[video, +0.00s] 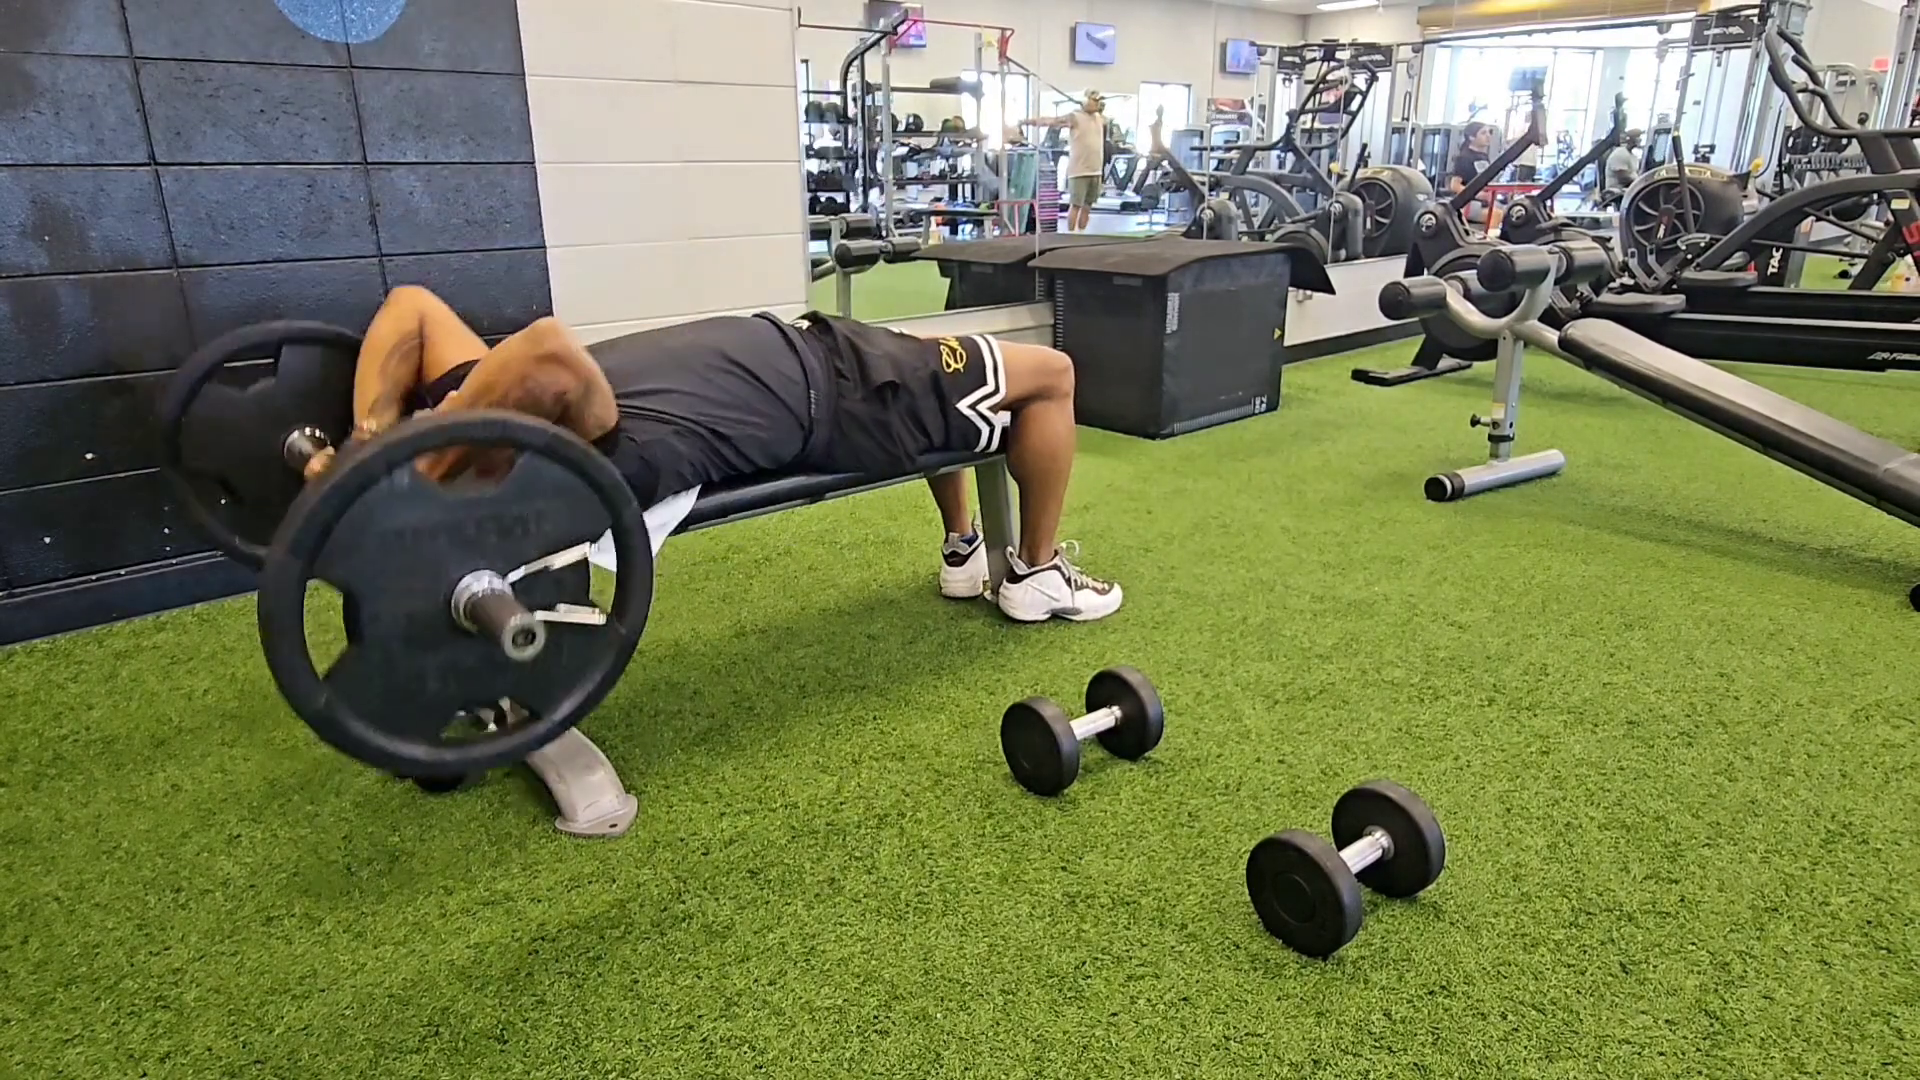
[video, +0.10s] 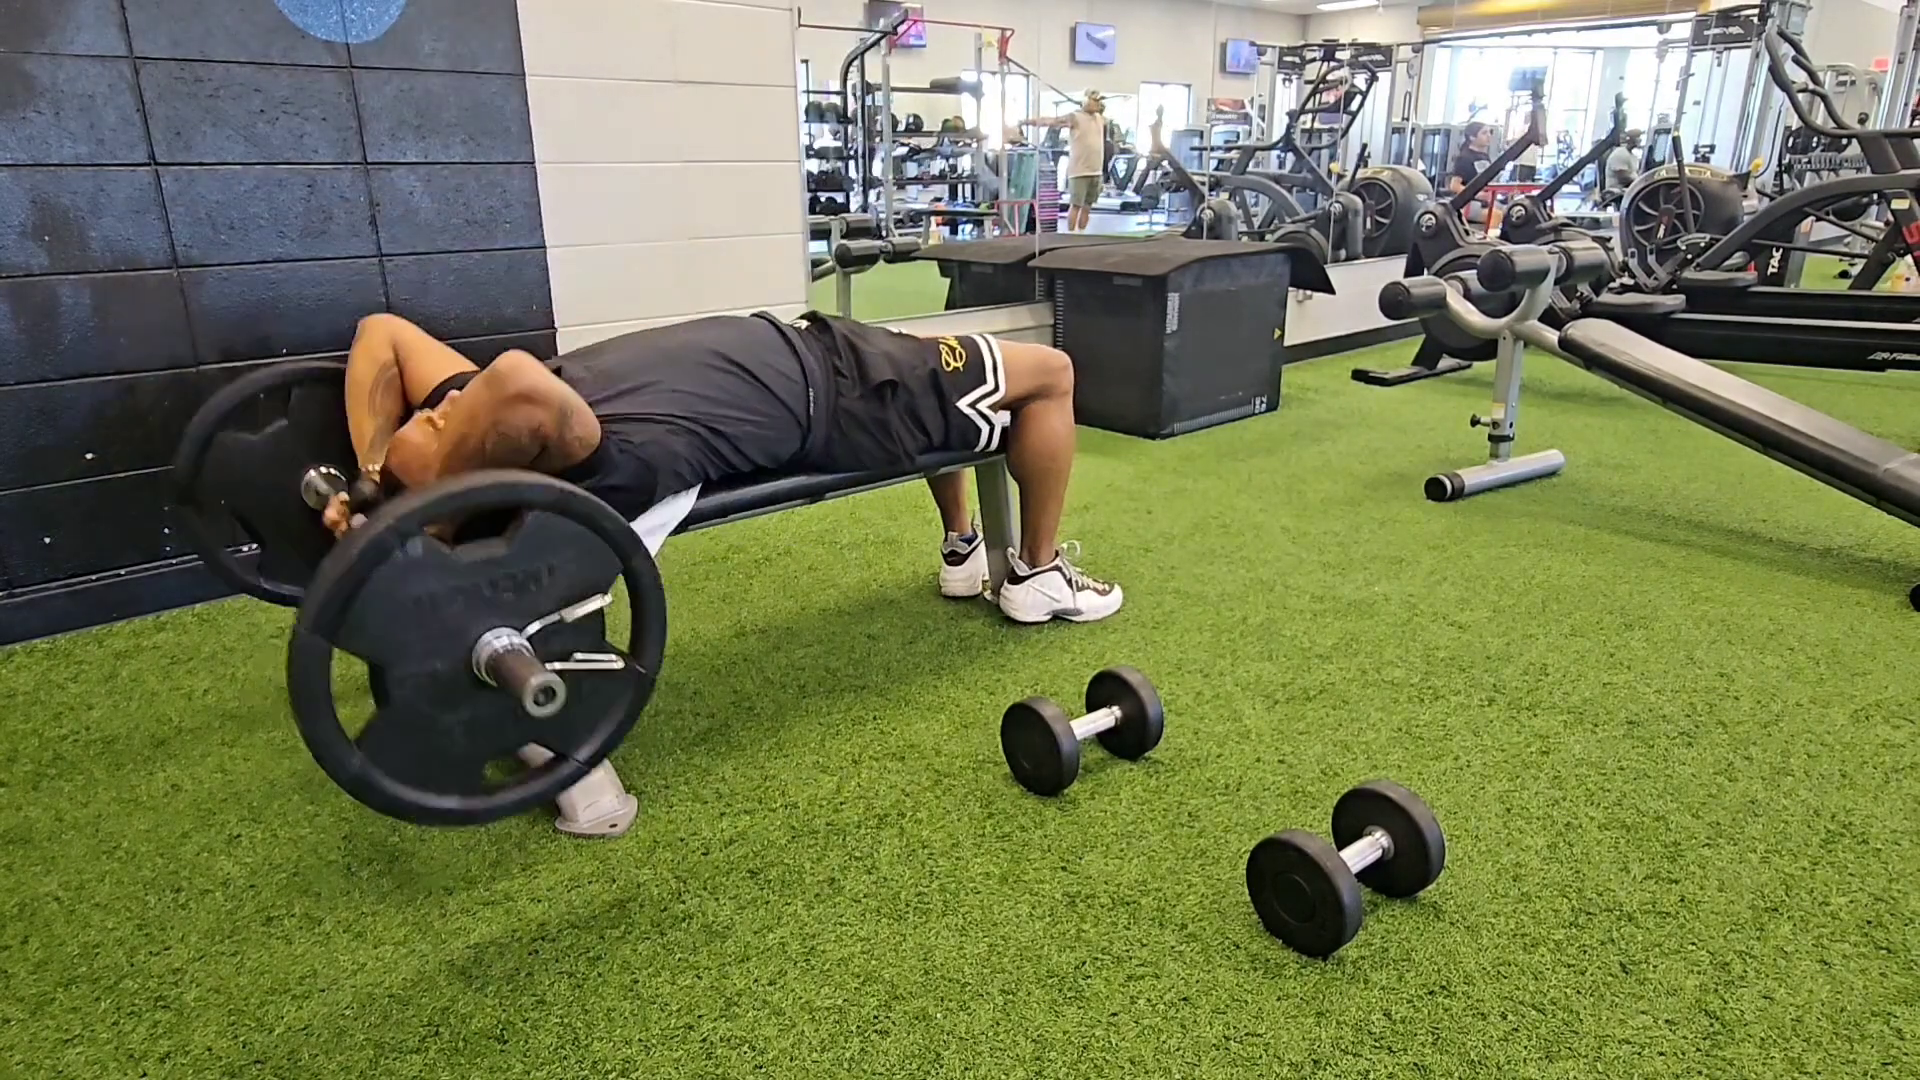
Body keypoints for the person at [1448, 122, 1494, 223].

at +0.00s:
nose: (1488, 136)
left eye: (1488, 132)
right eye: (1483, 133)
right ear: (1471, 137)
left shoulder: (1484, 156)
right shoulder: (1464, 157)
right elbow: (1455, 185)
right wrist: (1480, 195)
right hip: (1469, 203)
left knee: (1508, 212)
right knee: (1496, 215)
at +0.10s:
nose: (1489, 136)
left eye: (1489, 132)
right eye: (1484, 133)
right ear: (1472, 137)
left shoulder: (1485, 156)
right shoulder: (1464, 157)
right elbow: (1455, 185)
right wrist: (1479, 195)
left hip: (1488, 201)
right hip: (1470, 203)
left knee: (1508, 212)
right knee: (1496, 216)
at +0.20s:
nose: (1489, 136)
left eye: (1490, 132)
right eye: (1485, 133)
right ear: (1473, 137)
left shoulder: (1485, 156)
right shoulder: (1465, 157)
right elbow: (1454, 185)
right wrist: (1478, 195)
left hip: (1488, 201)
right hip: (1469, 202)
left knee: (1508, 212)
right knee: (1496, 215)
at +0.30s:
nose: (1490, 136)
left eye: (1490, 132)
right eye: (1485, 133)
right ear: (1473, 137)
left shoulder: (1485, 155)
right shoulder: (1465, 156)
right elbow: (1454, 185)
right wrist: (1479, 195)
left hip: (1488, 201)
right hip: (1469, 203)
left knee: (1509, 212)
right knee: (1496, 215)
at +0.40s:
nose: (1490, 136)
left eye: (1490, 132)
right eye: (1486, 133)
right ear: (1474, 136)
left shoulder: (1485, 155)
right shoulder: (1465, 156)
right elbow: (1455, 185)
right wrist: (1479, 194)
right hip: (1469, 203)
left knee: (1508, 212)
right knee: (1496, 215)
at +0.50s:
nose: (1491, 135)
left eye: (1491, 132)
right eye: (1487, 132)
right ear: (1474, 136)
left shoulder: (1486, 155)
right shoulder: (1466, 156)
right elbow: (1456, 185)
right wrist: (1480, 194)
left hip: (1488, 201)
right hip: (1469, 203)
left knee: (1508, 211)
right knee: (1496, 215)